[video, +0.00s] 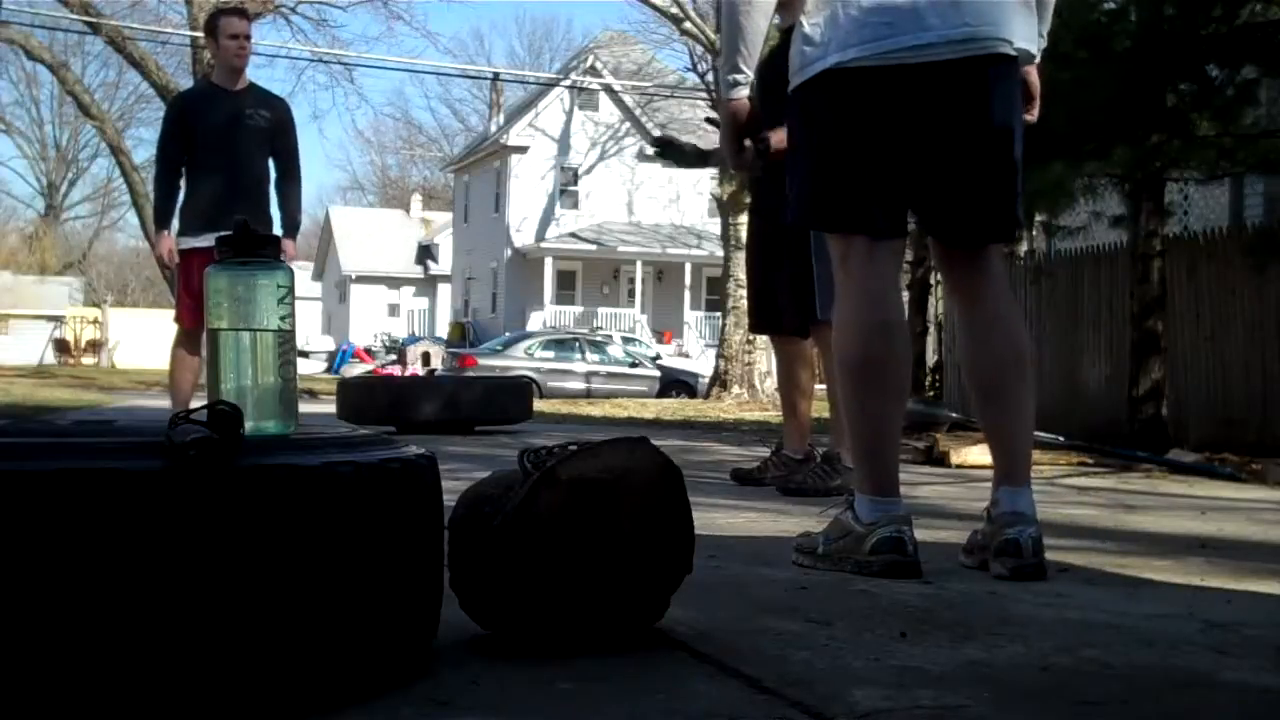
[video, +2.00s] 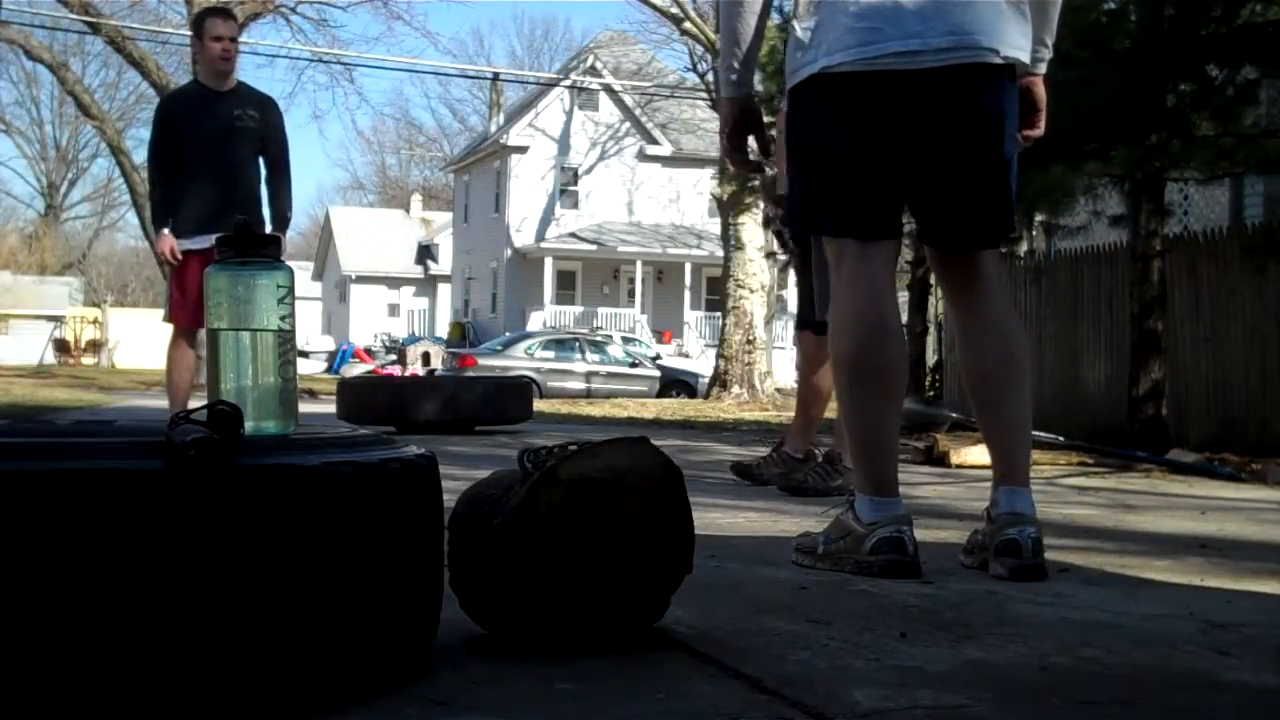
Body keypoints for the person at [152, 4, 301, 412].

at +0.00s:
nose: (243, 45)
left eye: (247, 38)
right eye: (234, 38)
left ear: (253, 44)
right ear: (212, 44)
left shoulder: (274, 107)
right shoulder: (184, 106)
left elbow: (288, 174)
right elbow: (168, 170)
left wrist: (290, 232)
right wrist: (162, 229)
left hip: (255, 240)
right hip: (197, 239)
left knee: (253, 337)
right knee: (191, 333)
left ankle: (250, 425)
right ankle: (180, 421)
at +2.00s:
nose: (228, 48)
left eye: (233, 40)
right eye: (218, 40)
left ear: (239, 46)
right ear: (197, 46)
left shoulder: (262, 106)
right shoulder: (172, 106)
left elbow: (278, 172)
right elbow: (159, 170)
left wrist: (279, 230)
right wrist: (161, 229)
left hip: (246, 237)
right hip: (189, 238)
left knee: (245, 334)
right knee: (186, 332)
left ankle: (242, 424)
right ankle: (178, 422)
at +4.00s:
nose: (239, 50)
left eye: (242, 43)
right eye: (229, 43)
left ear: (246, 47)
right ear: (204, 49)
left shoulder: (265, 110)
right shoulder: (178, 109)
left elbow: (285, 167)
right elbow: (163, 170)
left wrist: (278, 210)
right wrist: (177, 213)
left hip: (252, 238)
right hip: (197, 237)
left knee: (252, 332)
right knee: (189, 329)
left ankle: (249, 423)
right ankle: (178, 420)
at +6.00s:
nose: (231, 48)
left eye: (234, 41)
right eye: (221, 41)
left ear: (238, 44)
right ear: (197, 46)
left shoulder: (260, 107)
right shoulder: (173, 106)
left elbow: (277, 173)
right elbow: (154, 171)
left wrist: (277, 231)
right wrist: (151, 225)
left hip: (244, 239)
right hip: (187, 239)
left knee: (242, 334)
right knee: (184, 331)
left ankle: (240, 426)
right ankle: (179, 424)